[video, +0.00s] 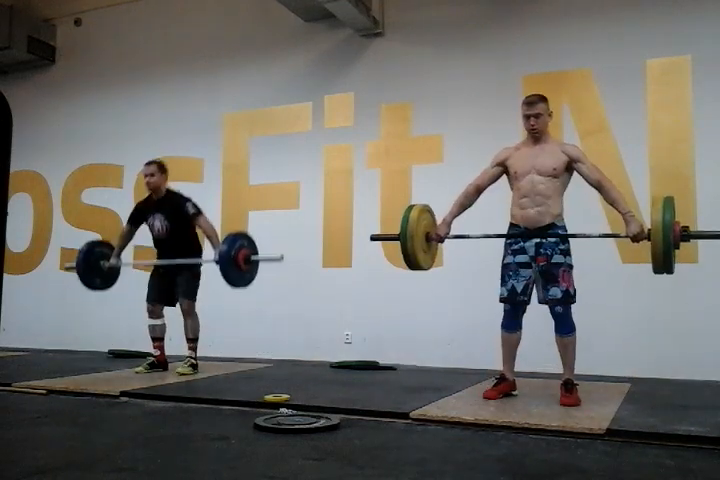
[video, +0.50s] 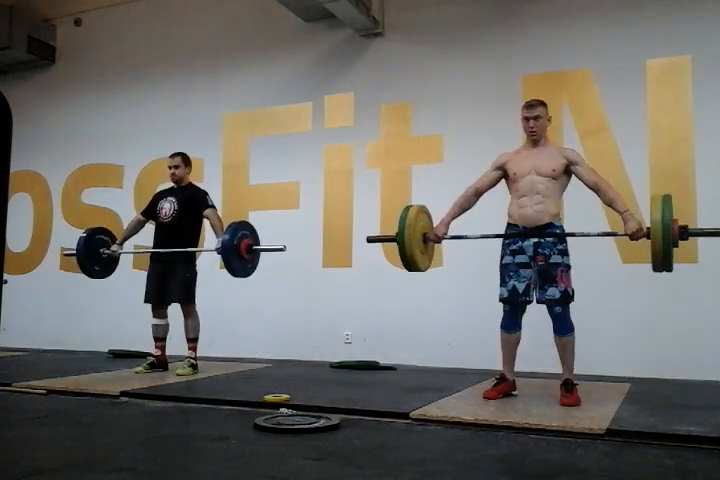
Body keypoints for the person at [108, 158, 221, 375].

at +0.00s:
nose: (148, 180)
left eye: (152, 175)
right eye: (145, 176)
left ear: (164, 176)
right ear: (144, 179)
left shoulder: (180, 201)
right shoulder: (143, 207)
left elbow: (203, 223)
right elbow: (128, 232)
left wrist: (218, 247)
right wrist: (115, 255)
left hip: (188, 263)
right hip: (164, 263)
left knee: (186, 306)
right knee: (154, 307)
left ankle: (191, 359)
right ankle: (159, 358)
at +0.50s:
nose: (172, 171)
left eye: (176, 167)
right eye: (169, 168)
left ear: (188, 169)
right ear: (167, 171)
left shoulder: (198, 194)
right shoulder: (161, 196)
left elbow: (212, 216)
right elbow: (139, 221)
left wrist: (221, 239)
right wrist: (119, 242)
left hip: (183, 260)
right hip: (159, 260)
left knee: (188, 307)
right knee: (158, 307)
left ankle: (191, 359)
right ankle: (159, 358)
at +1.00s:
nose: (146, 184)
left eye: (151, 180)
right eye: (144, 181)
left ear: (164, 184)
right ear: (143, 186)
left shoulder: (183, 209)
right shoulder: (144, 214)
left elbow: (205, 235)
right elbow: (131, 242)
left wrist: (223, 260)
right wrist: (121, 265)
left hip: (193, 265)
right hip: (167, 265)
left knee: (186, 306)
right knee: (150, 308)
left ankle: (191, 360)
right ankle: (159, 359)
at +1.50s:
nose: (157, 176)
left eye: (163, 174)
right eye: (156, 174)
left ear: (174, 182)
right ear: (155, 182)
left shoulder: (185, 208)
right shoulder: (147, 211)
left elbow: (205, 231)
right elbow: (131, 238)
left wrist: (217, 255)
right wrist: (116, 260)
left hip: (180, 272)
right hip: (156, 272)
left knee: (172, 314)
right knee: (139, 316)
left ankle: (188, 360)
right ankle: (159, 360)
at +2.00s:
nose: (139, 211)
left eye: (144, 207)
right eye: (138, 207)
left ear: (156, 208)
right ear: (136, 209)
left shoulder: (170, 225)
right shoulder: (134, 227)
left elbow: (191, 206)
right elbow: (110, 210)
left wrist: (201, 181)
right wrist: (96, 189)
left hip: (173, 289)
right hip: (148, 291)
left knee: (169, 313)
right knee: (107, 315)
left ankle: (177, 361)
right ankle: (124, 361)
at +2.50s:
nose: (113, 248)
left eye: (118, 243)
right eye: (111, 244)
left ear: (132, 244)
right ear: (109, 246)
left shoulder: (150, 257)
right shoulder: (114, 260)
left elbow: (181, 240)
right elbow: (98, 239)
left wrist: (203, 218)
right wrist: (93, 221)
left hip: (164, 311)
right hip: (138, 313)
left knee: (163, 317)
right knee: (99, 321)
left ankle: (175, 362)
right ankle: (125, 362)